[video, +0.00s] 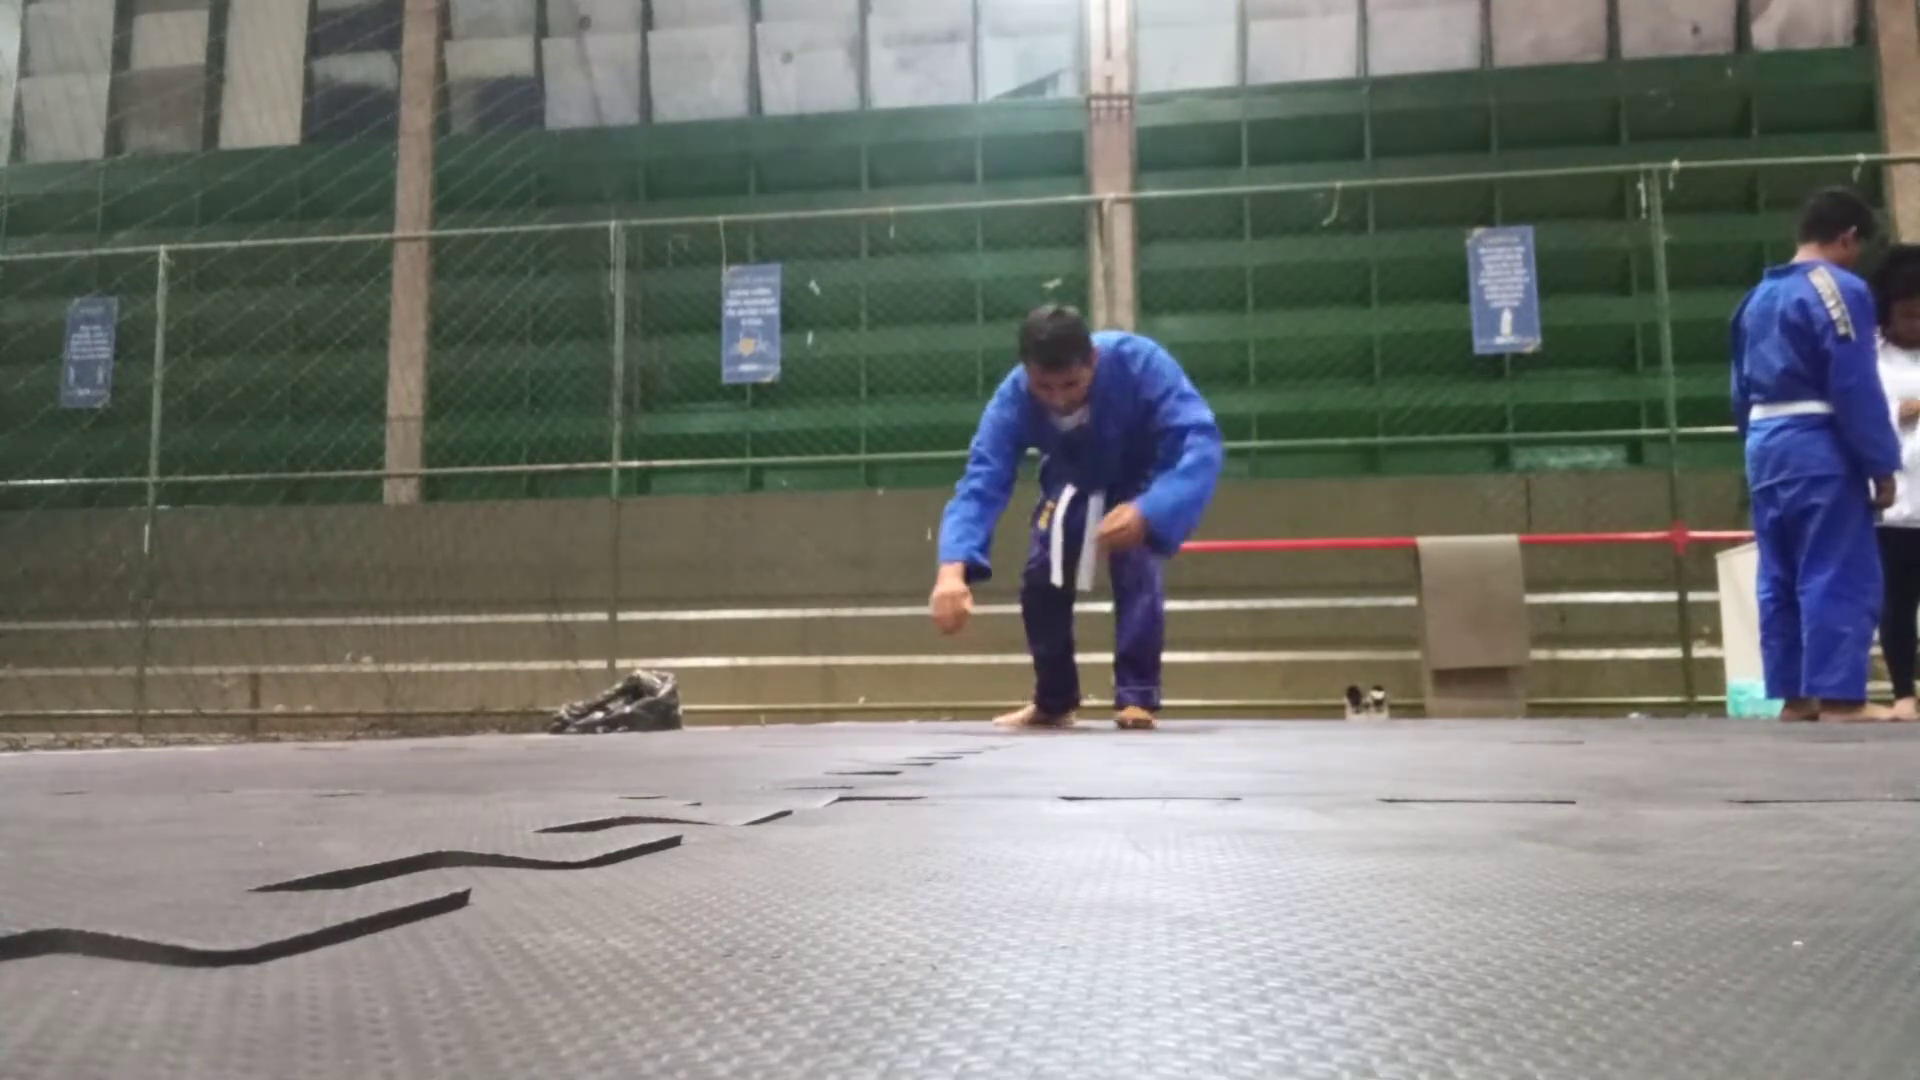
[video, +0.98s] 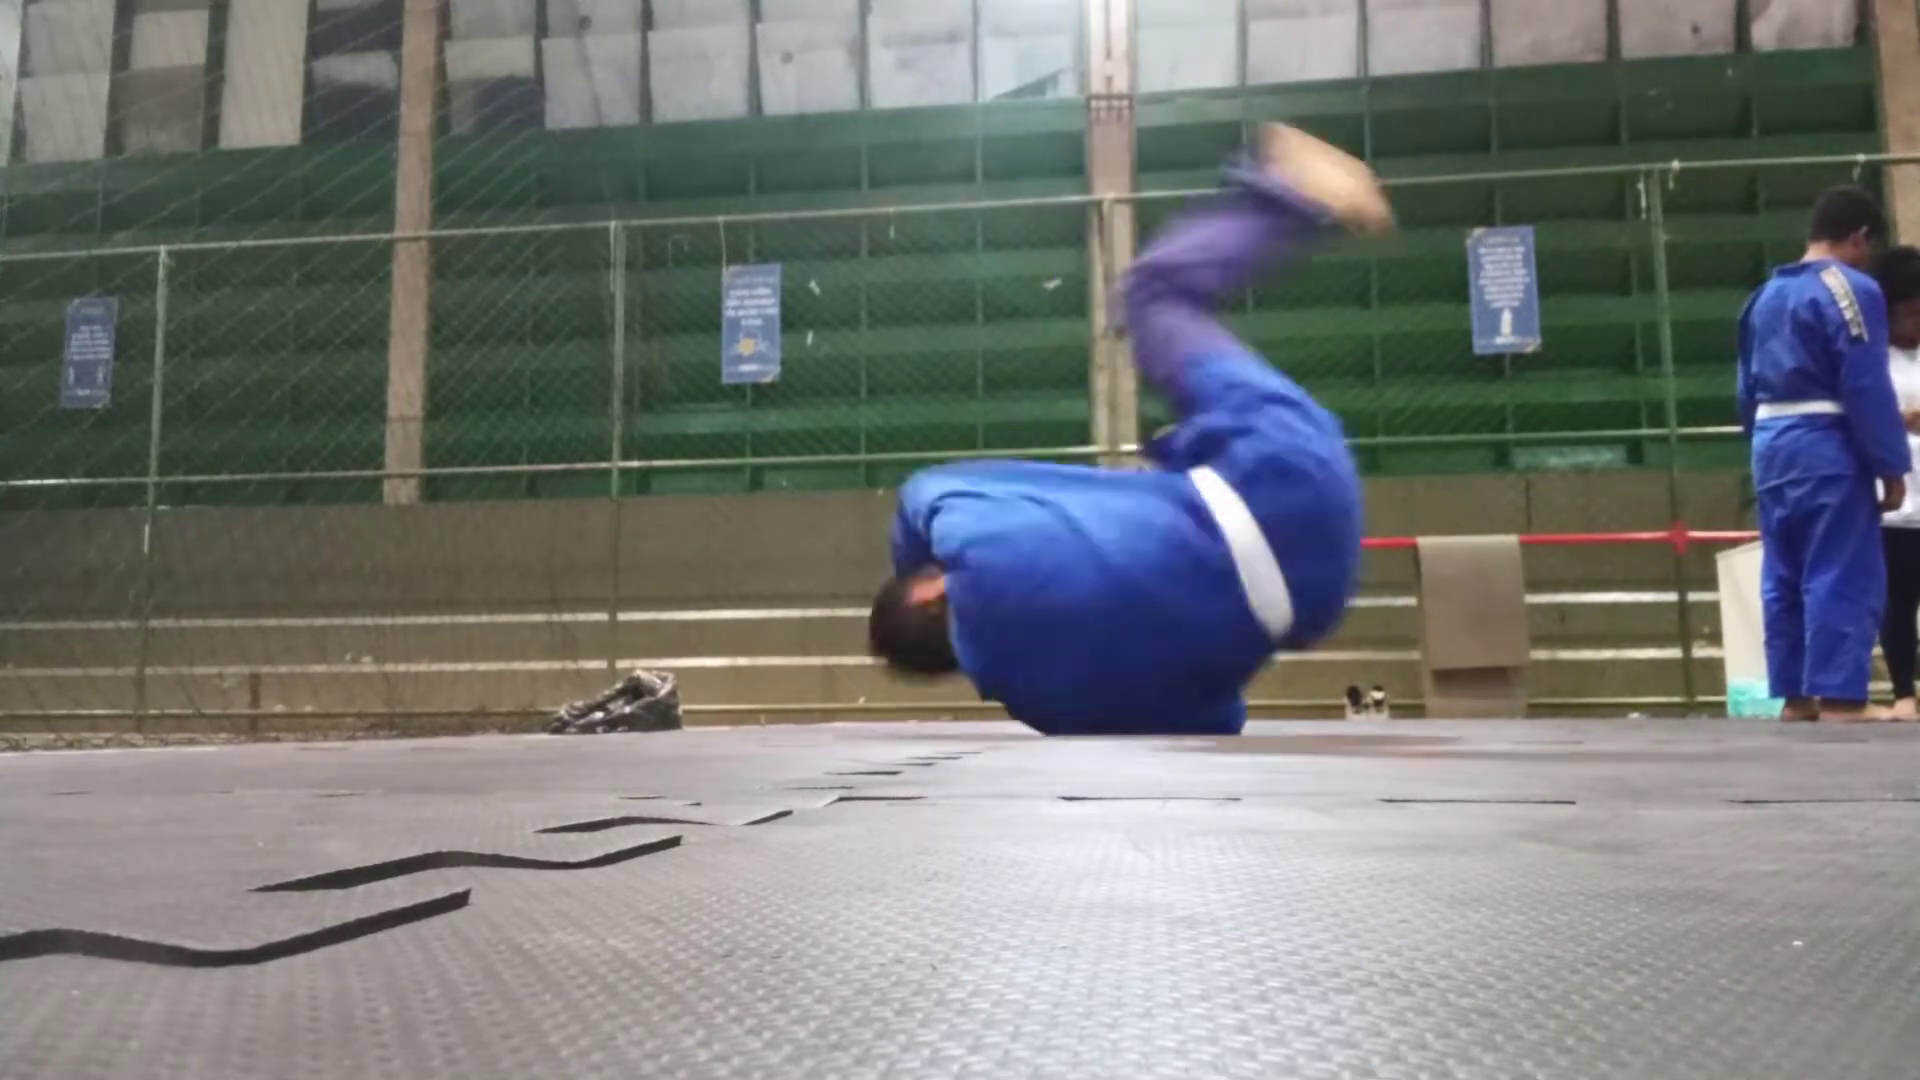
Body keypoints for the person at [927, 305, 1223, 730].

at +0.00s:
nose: (1059, 399)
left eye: (1070, 386)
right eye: (1045, 388)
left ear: (1092, 363)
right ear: (1028, 373)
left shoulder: (1138, 362)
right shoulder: (1016, 394)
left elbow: (1202, 443)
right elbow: (981, 480)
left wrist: (1148, 511)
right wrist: (951, 570)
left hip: (1140, 482)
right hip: (1070, 483)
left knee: (1136, 566)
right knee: (1041, 579)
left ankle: (1136, 700)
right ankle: (1054, 700)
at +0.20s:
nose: (1068, 441)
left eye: (1076, 430)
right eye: (1055, 433)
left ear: (1102, 398)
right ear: (1036, 414)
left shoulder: (1156, 392)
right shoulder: (1021, 407)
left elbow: (1179, 512)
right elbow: (982, 502)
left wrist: (1081, 578)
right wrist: (950, 597)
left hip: (1144, 471)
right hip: (1080, 469)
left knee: (1144, 574)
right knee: (1064, 569)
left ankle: (1136, 703)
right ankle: (1049, 673)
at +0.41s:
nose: (1051, 515)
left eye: (1060, 502)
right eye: (1041, 503)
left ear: (1094, 463)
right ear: (1024, 472)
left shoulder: (1156, 453)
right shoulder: (1015, 444)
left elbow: (1168, 588)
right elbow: (981, 553)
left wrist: (1058, 613)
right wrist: (952, 676)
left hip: (1177, 420)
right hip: (1087, 396)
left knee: (1143, 569)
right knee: (1063, 569)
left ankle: (1136, 710)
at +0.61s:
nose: (1009, 610)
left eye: (1017, 601)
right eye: (995, 604)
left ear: (1042, 571)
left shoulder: (1133, 550)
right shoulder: (984, 495)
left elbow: (1193, 674)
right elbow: (965, 604)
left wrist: (1075, 671)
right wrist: (954, 702)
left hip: (1188, 433)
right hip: (1100, 402)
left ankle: (1138, 704)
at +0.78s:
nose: (937, 573)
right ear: (948, 580)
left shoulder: (1093, 666)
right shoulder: (991, 525)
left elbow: (1220, 696)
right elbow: (972, 616)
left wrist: (1080, 709)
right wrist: (953, 704)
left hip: (1233, 489)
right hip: (1164, 411)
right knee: (1056, 369)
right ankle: (1071, 283)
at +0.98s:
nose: (934, 574)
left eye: (921, 577)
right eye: (926, 580)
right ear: (929, 589)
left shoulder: (1039, 705)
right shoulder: (977, 538)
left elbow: (1215, 722)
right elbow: (920, 493)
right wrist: (913, 574)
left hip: (1315, 611)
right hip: (1283, 485)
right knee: (1150, 294)